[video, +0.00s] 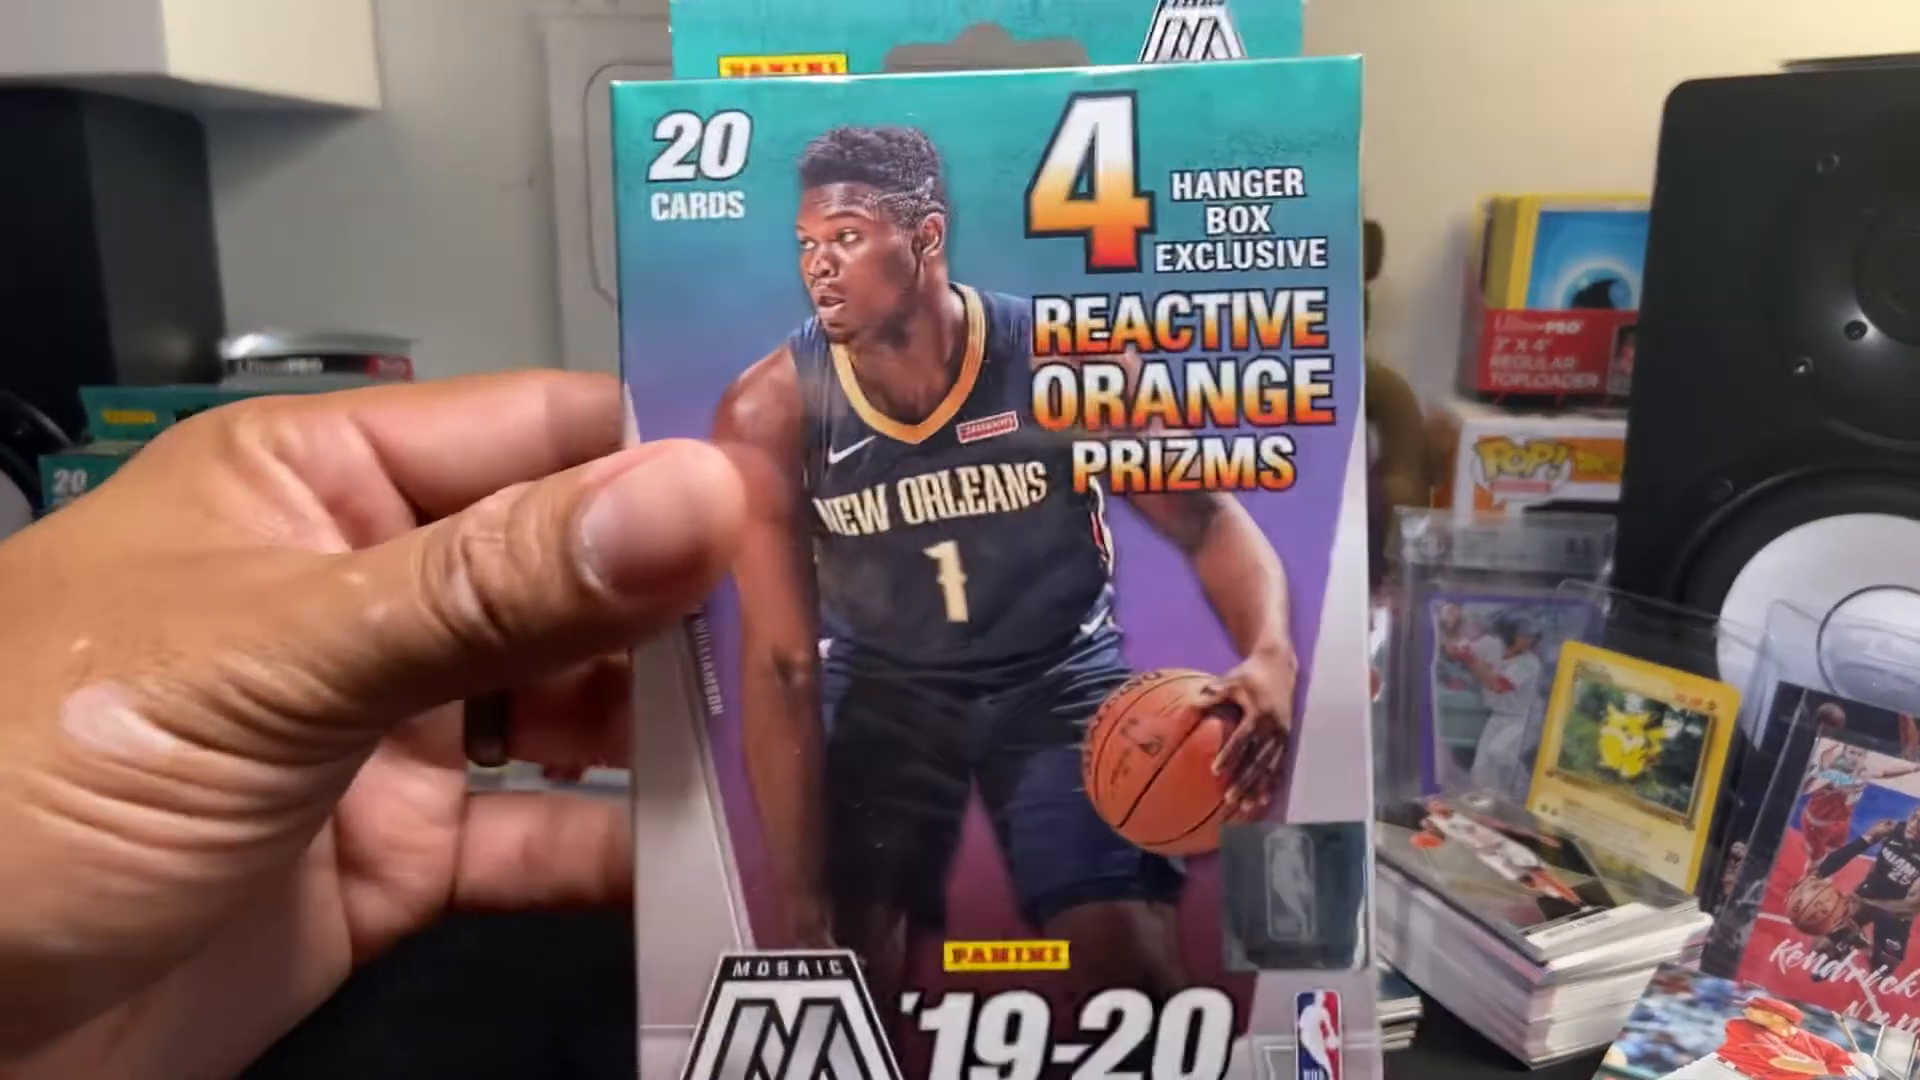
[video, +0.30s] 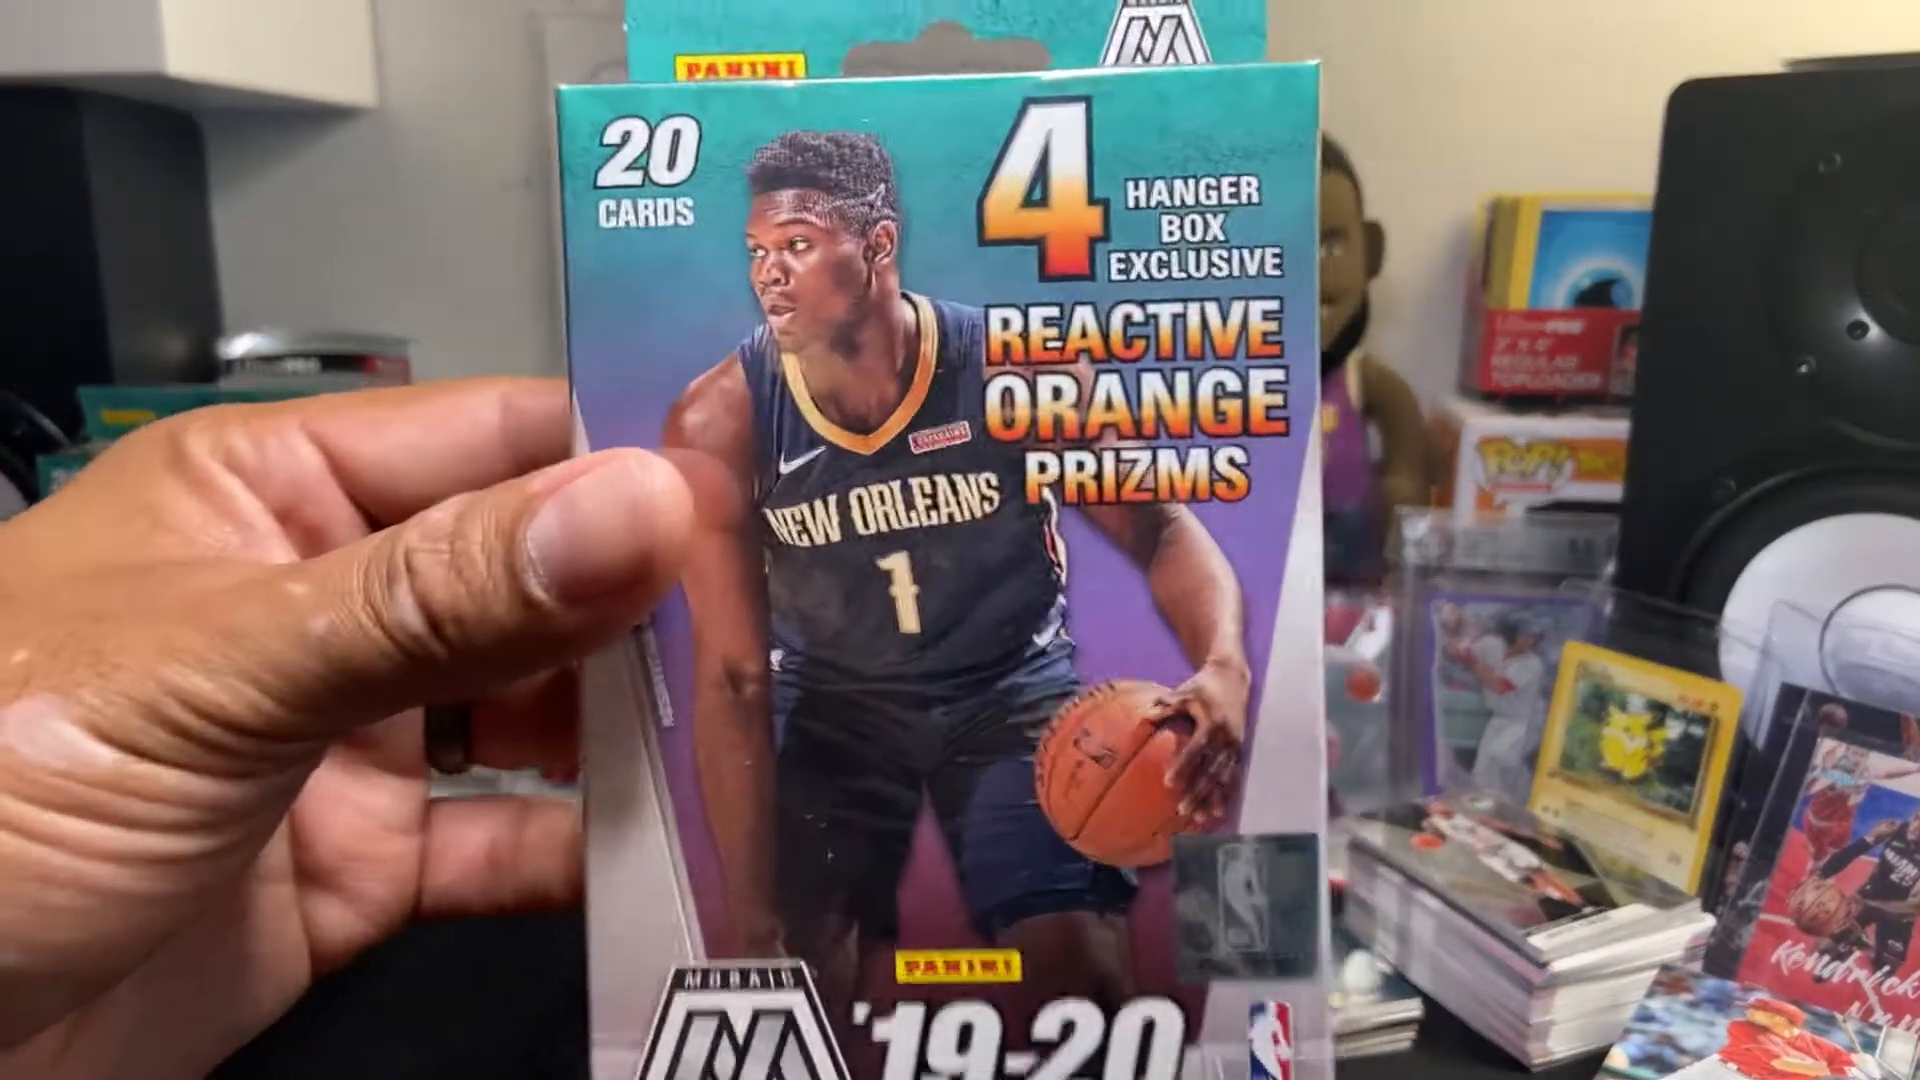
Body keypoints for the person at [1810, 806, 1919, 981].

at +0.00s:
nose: (1914, 825)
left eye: (1919, 823)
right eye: (1914, 818)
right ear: (1910, 816)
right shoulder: (1890, 829)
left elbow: (1912, 906)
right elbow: (1850, 850)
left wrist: (1864, 905)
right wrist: (1819, 873)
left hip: (1897, 910)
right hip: (1867, 897)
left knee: (1882, 972)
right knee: (1822, 948)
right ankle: (1849, 944)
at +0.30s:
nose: (1915, 827)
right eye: (1916, 819)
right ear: (1912, 817)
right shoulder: (1893, 831)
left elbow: (1913, 907)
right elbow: (1853, 851)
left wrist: (1867, 906)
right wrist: (1821, 874)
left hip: (1899, 913)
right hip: (1869, 899)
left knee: (1885, 972)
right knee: (1826, 949)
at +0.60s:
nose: (1915, 826)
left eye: (1919, 824)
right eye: (1915, 818)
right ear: (1910, 817)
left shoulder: (1918, 856)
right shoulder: (1892, 830)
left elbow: (1912, 907)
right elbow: (1852, 850)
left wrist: (1866, 905)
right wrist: (1820, 873)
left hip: (1898, 911)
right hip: (1867, 898)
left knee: (1884, 970)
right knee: (1824, 949)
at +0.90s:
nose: (1911, 824)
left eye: (1917, 822)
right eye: (1911, 817)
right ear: (1906, 816)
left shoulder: (1917, 857)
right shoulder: (1886, 829)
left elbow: (1909, 905)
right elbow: (1848, 849)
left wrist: (1861, 903)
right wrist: (1816, 871)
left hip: (1895, 908)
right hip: (1864, 895)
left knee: (1881, 966)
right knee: (1819, 947)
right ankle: (1845, 944)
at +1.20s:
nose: (1910, 823)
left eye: (1917, 822)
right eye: (1910, 816)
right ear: (1905, 814)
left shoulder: (1916, 852)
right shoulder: (1884, 828)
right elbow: (1845, 849)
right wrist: (1815, 871)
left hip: (1892, 910)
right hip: (1860, 898)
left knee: (1878, 968)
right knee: (1817, 947)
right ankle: (1846, 941)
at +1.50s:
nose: (1910, 823)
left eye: (1917, 821)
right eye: (1910, 816)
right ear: (1905, 814)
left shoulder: (1917, 854)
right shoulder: (1884, 828)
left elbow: (1910, 902)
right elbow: (1844, 849)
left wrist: (1859, 902)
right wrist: (1813, 872)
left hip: (1892, 910)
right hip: (1860, 896)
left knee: (1877, 970)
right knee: (1815, 948)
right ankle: (1845, 941)